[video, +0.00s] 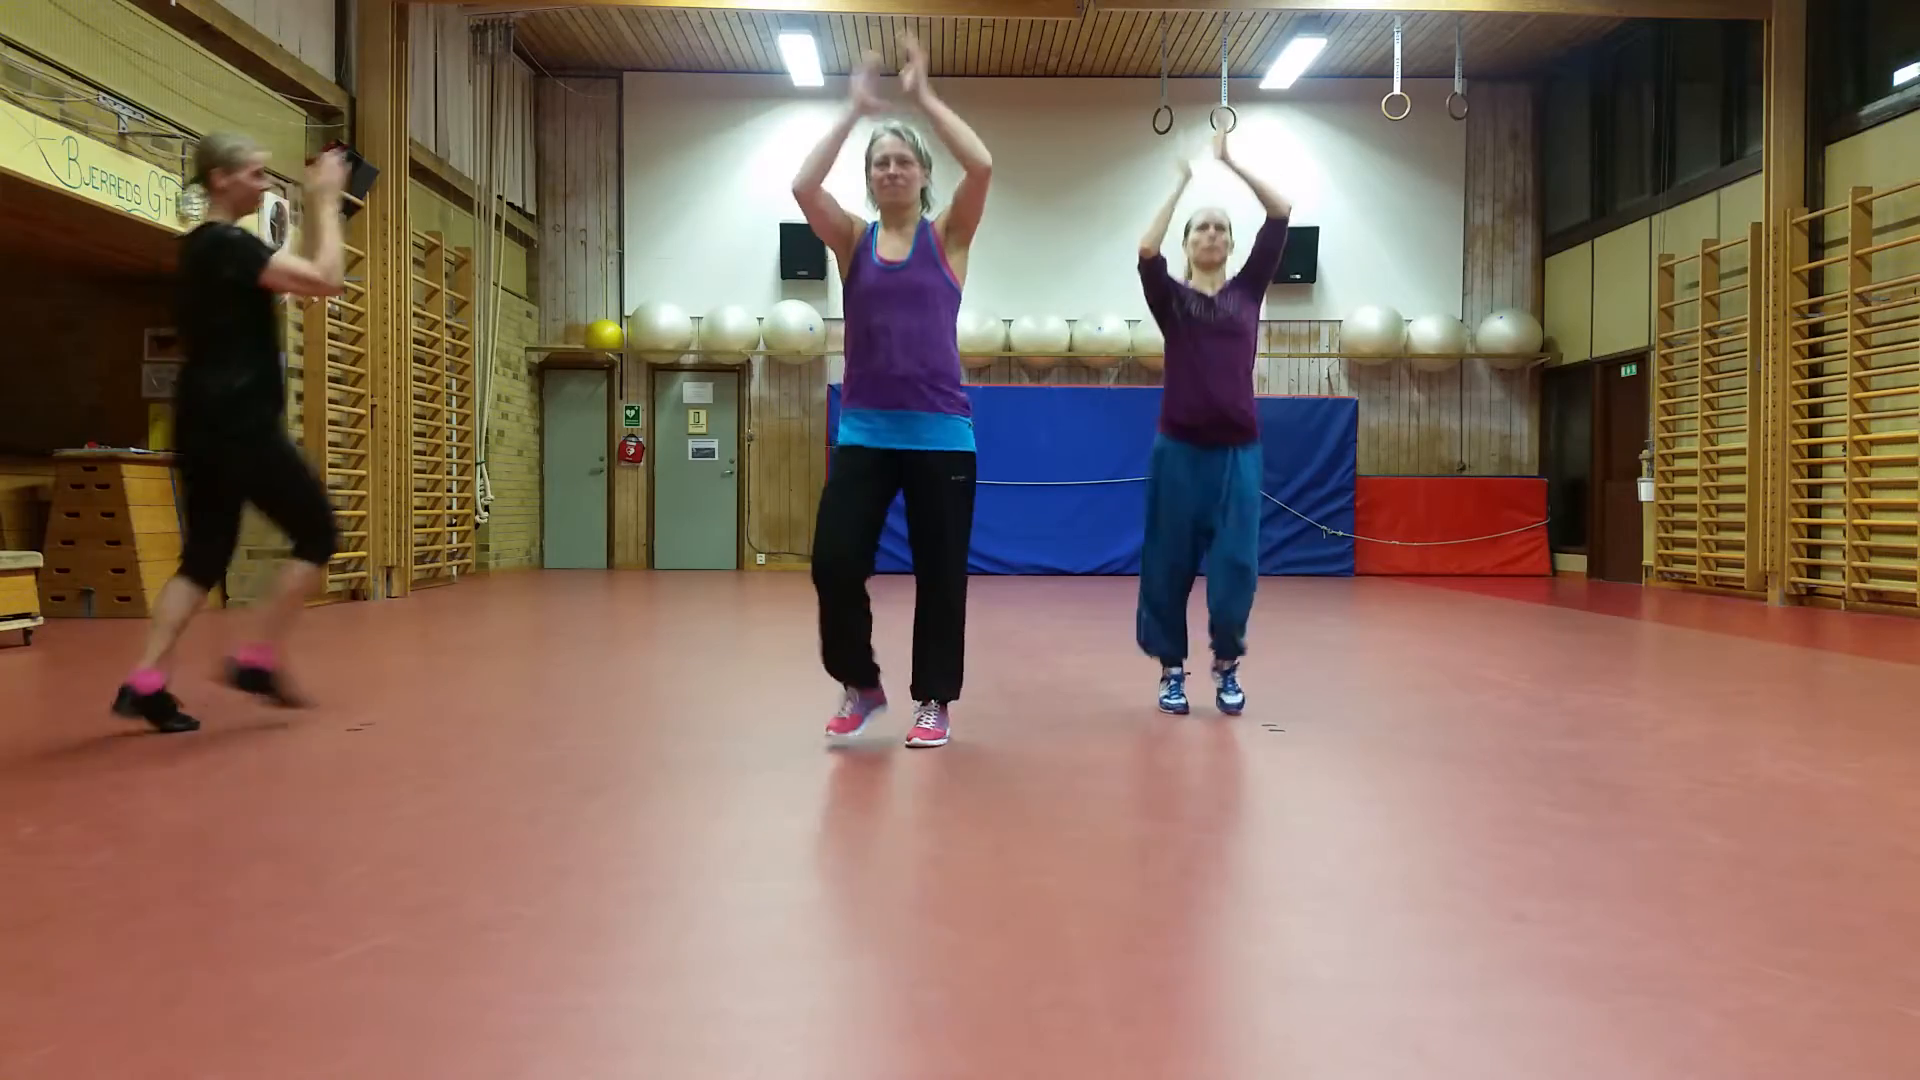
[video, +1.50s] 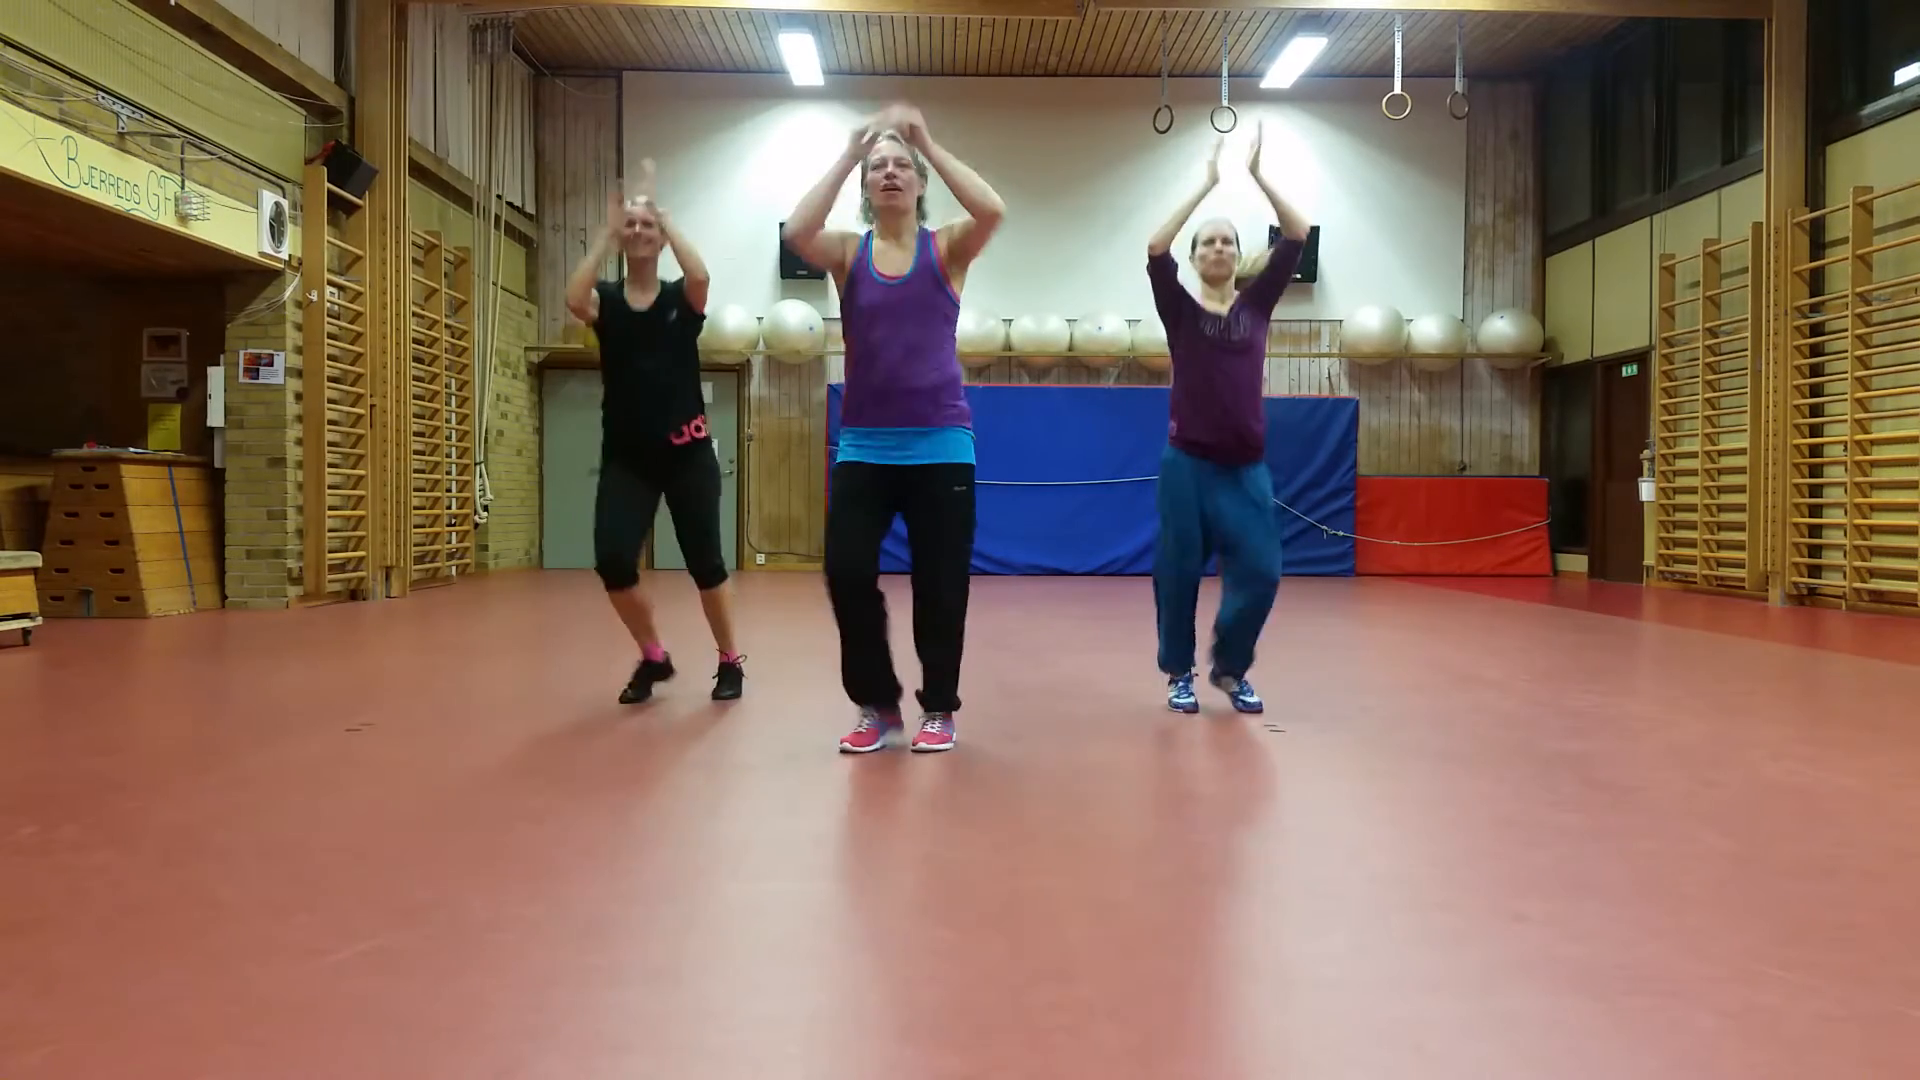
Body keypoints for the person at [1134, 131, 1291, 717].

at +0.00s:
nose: (1210, 236)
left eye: (1219, 230)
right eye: (1201, 230)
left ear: (1230, 245)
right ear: (1186, 244)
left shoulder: (1246, 293)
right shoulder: (1171, 299)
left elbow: (1281, 211)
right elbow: (1146, 254)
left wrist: (1230, 159)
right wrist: (1177, 190)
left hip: (1238, 450)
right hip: (1180, 448)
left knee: (1237, 562)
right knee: (1170, 561)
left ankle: (1227, 666)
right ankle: (1173, 669)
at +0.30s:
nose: (1221, 247)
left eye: (1229, 243)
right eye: (1210, 242)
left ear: (1241, 260)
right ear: (1195, 258)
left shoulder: (1255, 306)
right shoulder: (1180, 309)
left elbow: (1286, 223)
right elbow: (1149, 255)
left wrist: (1234, 171)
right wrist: (1193, 191)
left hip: (1250, 461)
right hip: (1190, 461)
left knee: (1252, 572)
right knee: (1183, 565)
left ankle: (1246, 673)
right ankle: (1205, 669)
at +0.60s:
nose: (1210, 250)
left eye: (1219, 245)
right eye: (1200, 245)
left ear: (1232, 261)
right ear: (1187, 261)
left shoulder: (1246, 308)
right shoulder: (1174, 312)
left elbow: (1274, 231)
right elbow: (1148, 260)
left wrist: (1218, 188)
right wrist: (1194, 199)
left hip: (1234, 463)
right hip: (1177, 459)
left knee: (1227, 575)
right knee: (1174, 566)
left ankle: (1208, 668)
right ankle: (1171, 669)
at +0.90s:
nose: (1219, 228)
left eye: (1228, 223)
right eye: (1211, 222)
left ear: (1240, 238)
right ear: (1197, 236)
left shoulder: (1255, 283)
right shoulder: (1182, 287)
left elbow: (1293, 208)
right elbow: (1160, 246)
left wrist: (1245, 158)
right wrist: (1202, 180)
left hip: (1255, 440)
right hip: (1196, 441)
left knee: (1259, 555)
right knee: (1192, 554)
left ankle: (1253, 663)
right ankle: (1196, 661)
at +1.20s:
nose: (1233, 234)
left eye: (1240, 229)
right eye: (1222, 229)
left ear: (1252, 243)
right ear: (1206, 242)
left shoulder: (1265, 295)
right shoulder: (1192, 300)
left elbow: (1307, 224)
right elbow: (1161, 249)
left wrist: (1266, 165)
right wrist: (1199, 184)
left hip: (1260, 449)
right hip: (1201, 448)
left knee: (1268, 560)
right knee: (1192, 552)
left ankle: (1264, 669)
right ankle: (1196, 658)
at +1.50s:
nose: (1218, 249)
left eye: (1227, 243)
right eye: (1209, 243)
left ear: (1240, 255)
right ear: (1194, 255)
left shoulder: (1254, 305)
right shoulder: (1180, 309)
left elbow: (1298, 234)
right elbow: (1155, 249)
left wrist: (1257, 177)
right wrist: (1205, 185)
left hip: (1247, 464)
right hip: (1187, 460)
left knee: (1261, 573)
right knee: (1177, 570)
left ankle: (1230, 670)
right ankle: (1179, 674)